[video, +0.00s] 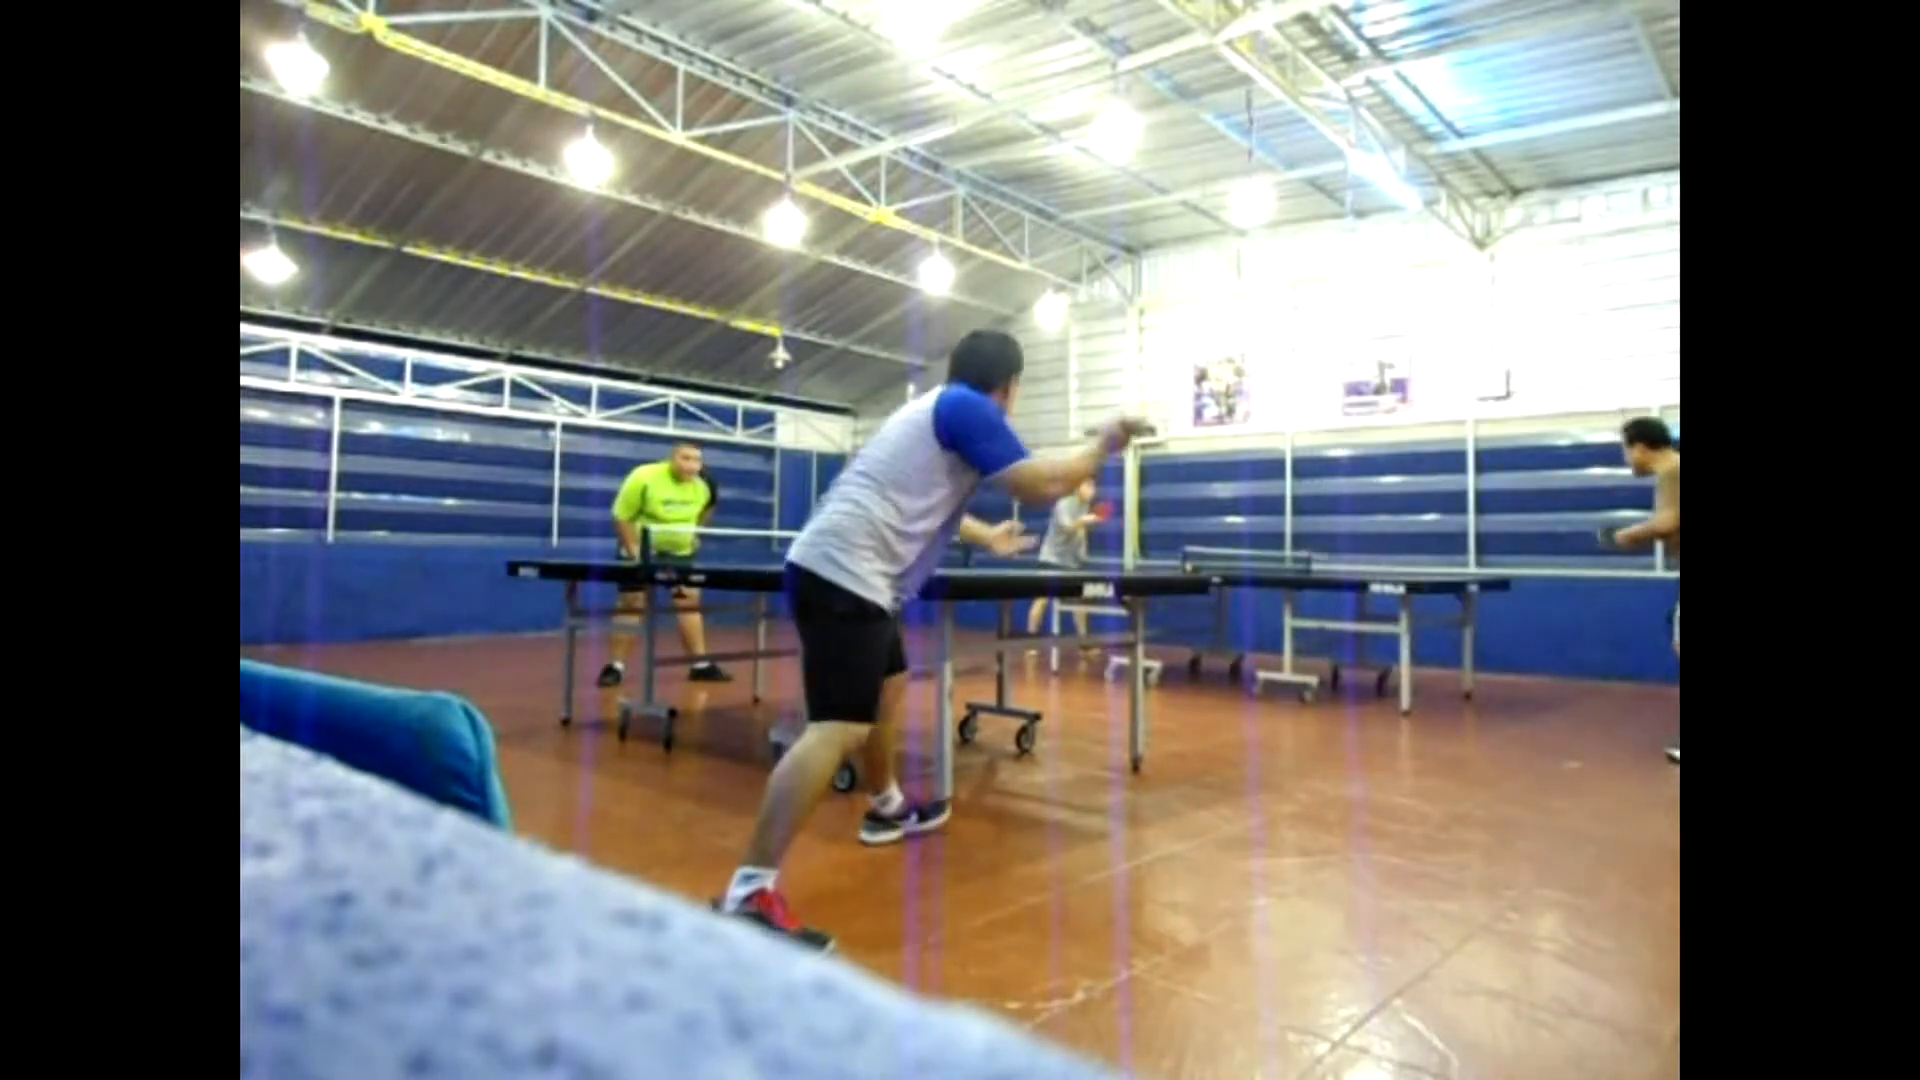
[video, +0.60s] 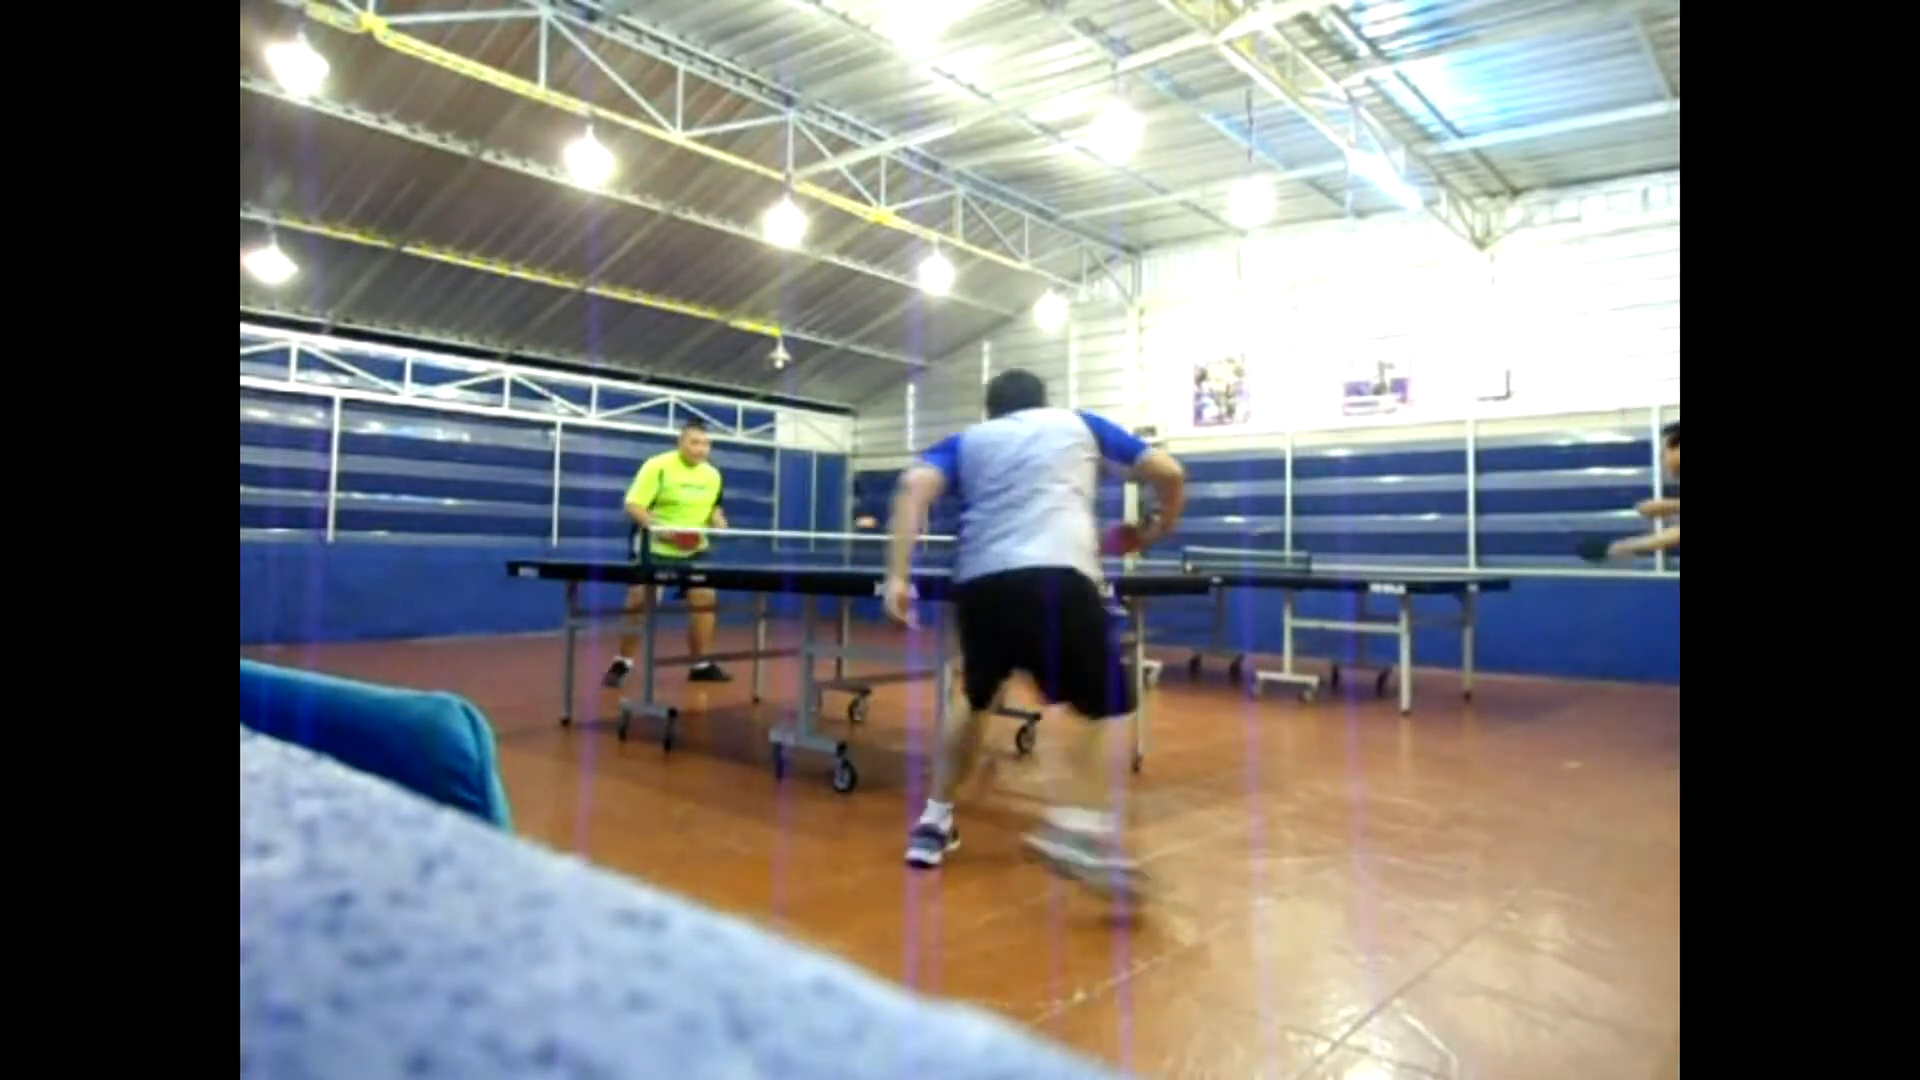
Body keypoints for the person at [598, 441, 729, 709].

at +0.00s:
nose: (691, 465)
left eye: (696, 460)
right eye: (685, 458)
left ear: (701, 463)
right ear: (672, 459)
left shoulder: (704, 487)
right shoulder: (644, 477)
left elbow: (706, 511)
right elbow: (622, 514)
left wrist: (693, 533)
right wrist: (633, 549)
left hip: (682, 552)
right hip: (643, 550)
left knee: (689, 601)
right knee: (631, 604)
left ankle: (700, 660)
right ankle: (616, 663)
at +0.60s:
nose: (699, 449)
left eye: (704, 443)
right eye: (693, 442)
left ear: (709, 446)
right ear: (681, 442)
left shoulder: (712, 475)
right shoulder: (657, 467)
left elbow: (711, 506)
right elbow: (634, 503)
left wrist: (719, 521)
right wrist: (656, 527)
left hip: (694, 553)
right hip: (657, 551)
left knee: (705, 600)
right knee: (640, 600)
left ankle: (702, 661)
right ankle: (624, 660)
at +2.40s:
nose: (606, 447)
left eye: (610, 440)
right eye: (599, 441)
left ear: (618, 438)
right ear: (589, 442)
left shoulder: (641, 464)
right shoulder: (576, 474)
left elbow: (667, 498)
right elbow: (571, 518)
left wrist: (645, 521)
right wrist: (551, 543)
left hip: (646, 549)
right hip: (601, 551)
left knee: (669, 600)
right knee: (594, 605)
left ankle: (670, 655)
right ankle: (585, 666)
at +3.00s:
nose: (645, 415)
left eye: (645, 410)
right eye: (637, 409)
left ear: (647, 417)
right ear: (621, 416)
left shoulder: (648, 443)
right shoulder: (621, 438)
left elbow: (654, 489)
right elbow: (655, 454)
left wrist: (670, 514)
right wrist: (677, 457)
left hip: (654, 527)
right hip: (625, 528)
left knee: (670, 591)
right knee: (633, 595)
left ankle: (686, 656)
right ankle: (614, 666)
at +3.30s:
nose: (659, 450)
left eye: (659, 443)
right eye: (655, 443)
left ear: (634, 445)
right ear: (641, 444)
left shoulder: (611, 472)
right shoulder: (650, 471)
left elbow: (603, 512)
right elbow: (672, 509)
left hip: (602, 551)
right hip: (632, 553)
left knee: (638, 608)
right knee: (644, 607)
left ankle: (634, 668)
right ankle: (618, 674)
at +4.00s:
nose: (552, 452)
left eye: (557, 446)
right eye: (546, 446)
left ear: (565, 447)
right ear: (536, 447)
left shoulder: (583, 473)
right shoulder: (521, 476)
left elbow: (609, 496)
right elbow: (515, 515)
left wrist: (598, 514)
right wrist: (507, 524)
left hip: (583, 554)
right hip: (539, 554)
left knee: (609, 603)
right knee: (527, 607)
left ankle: (611, 660)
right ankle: (498, 667)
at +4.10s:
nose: (550, 445)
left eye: (555, 439)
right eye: (544, 440)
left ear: (565, 441)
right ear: (536, 445)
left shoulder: (587, 465)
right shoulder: (527, 472)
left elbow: (618, 488)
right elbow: (508, 495)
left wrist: (613, 501)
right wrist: (517, 507)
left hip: (589, 547)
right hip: (546, 549)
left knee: (611, 601)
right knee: (531, 603)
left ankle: (611, 659)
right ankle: (501, 666)